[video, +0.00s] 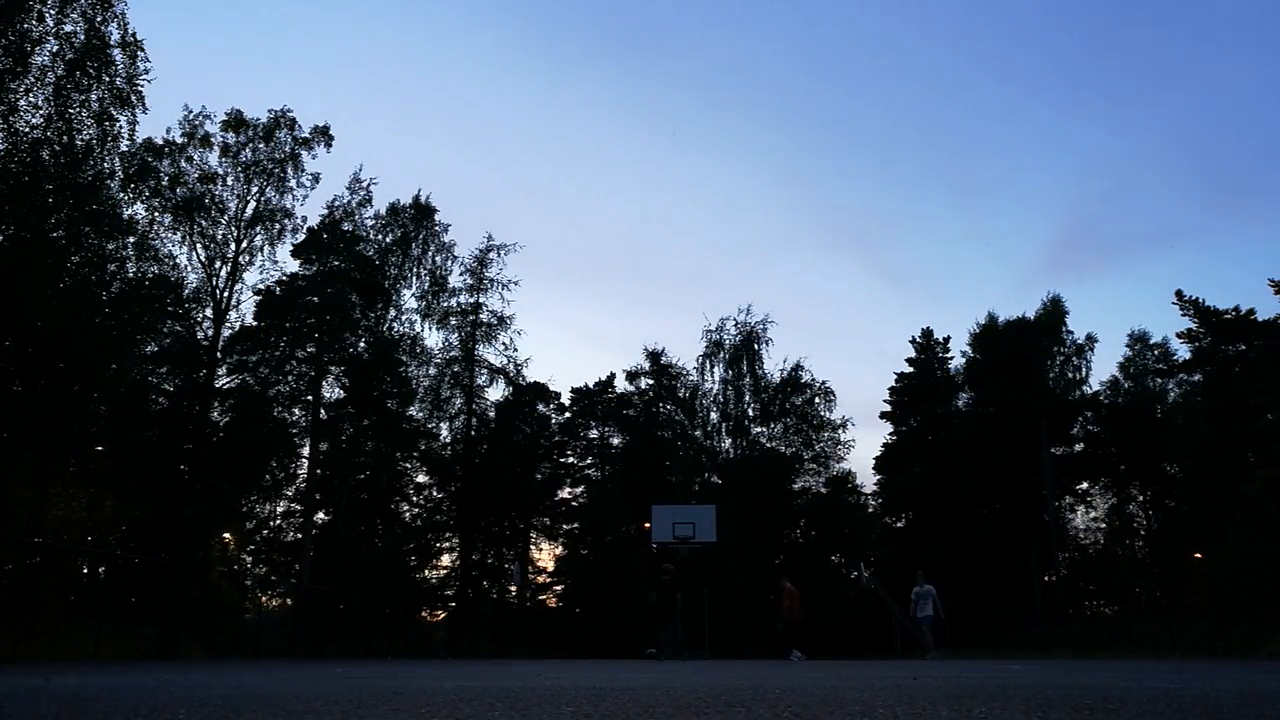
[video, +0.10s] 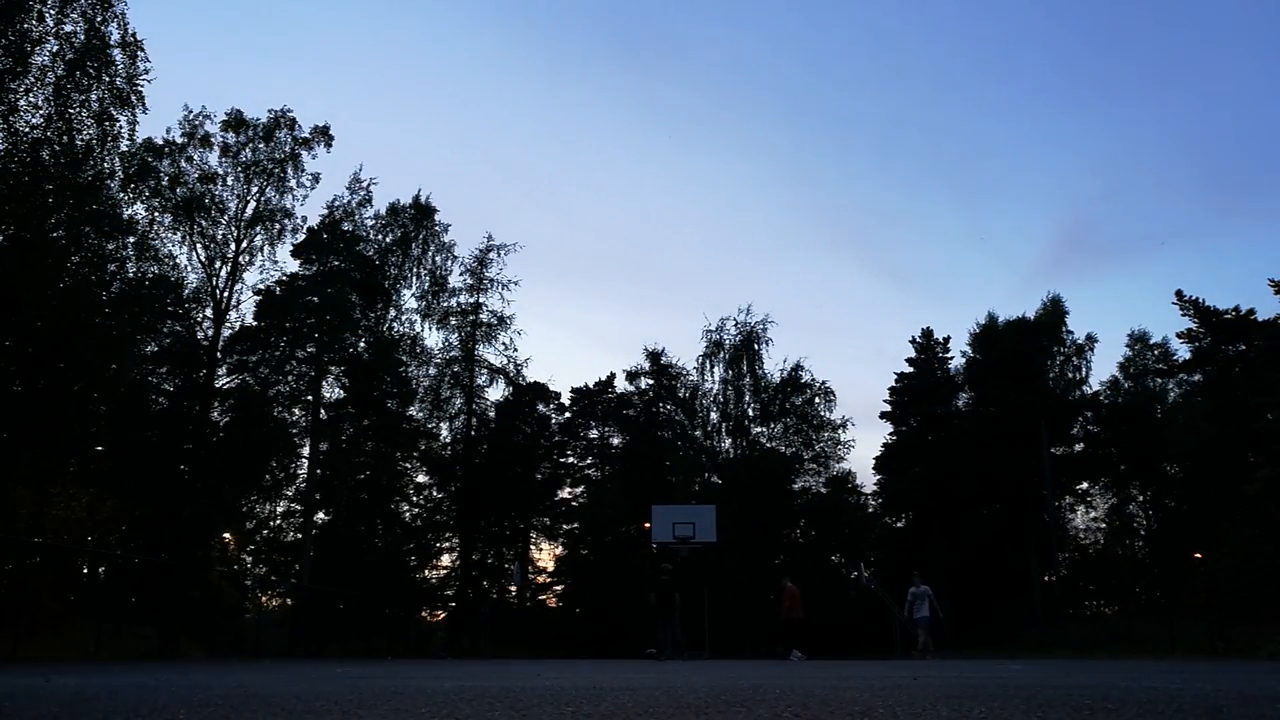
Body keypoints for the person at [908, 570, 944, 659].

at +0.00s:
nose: (920, 581)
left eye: (921, 579)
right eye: (919, 579)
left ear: (923, 579)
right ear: (917, 580)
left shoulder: (930, 588)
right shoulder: (915, 590)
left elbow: (936, 600)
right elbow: (913, 602)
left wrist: (939, 611)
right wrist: (912, 612)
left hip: (928, 613)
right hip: (919, 614)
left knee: (927, 631)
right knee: (924, 632)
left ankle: (931, 651)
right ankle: (929, 651)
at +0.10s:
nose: (916, 581)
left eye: (917, 580)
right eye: (915, 580)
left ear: (920, 580)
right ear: (914, 581)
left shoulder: (926, 589)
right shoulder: (912, 590)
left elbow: (932, 600)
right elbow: (908, 602)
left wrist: (938, 611)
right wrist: (906, 612)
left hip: (924, 614)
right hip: (916, 615)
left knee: (921, 631)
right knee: (923, 632)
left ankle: (920, 649)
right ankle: (929, 648)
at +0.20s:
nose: (912, 582)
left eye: (914, 580)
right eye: (911, 580)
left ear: (916, 581)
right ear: (910, 581)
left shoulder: (922, 590)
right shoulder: (908, 591)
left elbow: (928, 601)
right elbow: (904, 602)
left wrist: (932, 610)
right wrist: (901, 611)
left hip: (920, 615)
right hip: (911, 615)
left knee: (916, 631)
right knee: (918, 633)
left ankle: (912, 650)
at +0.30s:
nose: (908, 582)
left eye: (909, 581)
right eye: (906, 581)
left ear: (911, 581)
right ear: (905, 582)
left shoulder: (917, 590)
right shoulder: (903, 591)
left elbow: (922, 600)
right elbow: (900, 602)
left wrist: (925, 610)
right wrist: (897, 612)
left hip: (915, 614)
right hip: (906, 614)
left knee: (911, 632)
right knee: (913, 632)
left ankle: (908, 651)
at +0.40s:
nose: (903, 581)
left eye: (904, 580)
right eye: (902, 580)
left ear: (906, 580)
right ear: (900, 581)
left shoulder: (911, 589)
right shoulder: (898, 590)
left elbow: (916, 600)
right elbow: (896, 601)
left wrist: (919, 609)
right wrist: (894, 611)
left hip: (910, 613)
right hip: (901, 613)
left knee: (907, 631)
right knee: (904, 631)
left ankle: (907, 651)